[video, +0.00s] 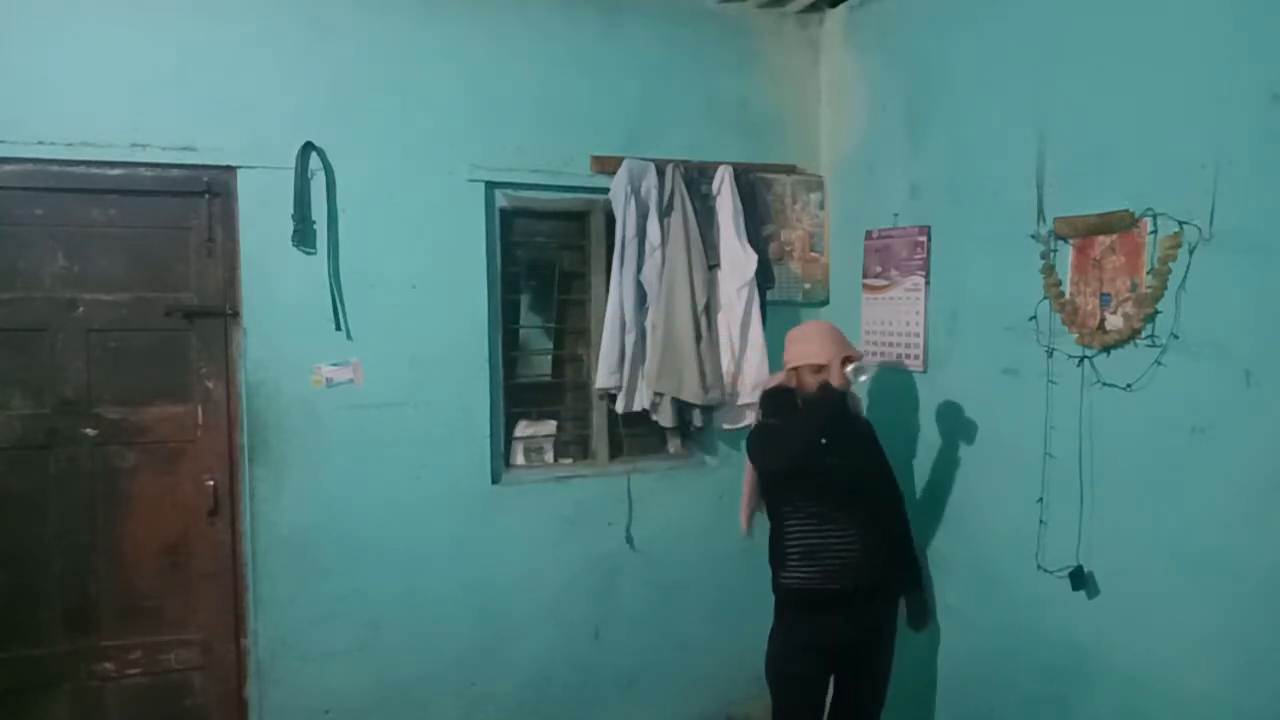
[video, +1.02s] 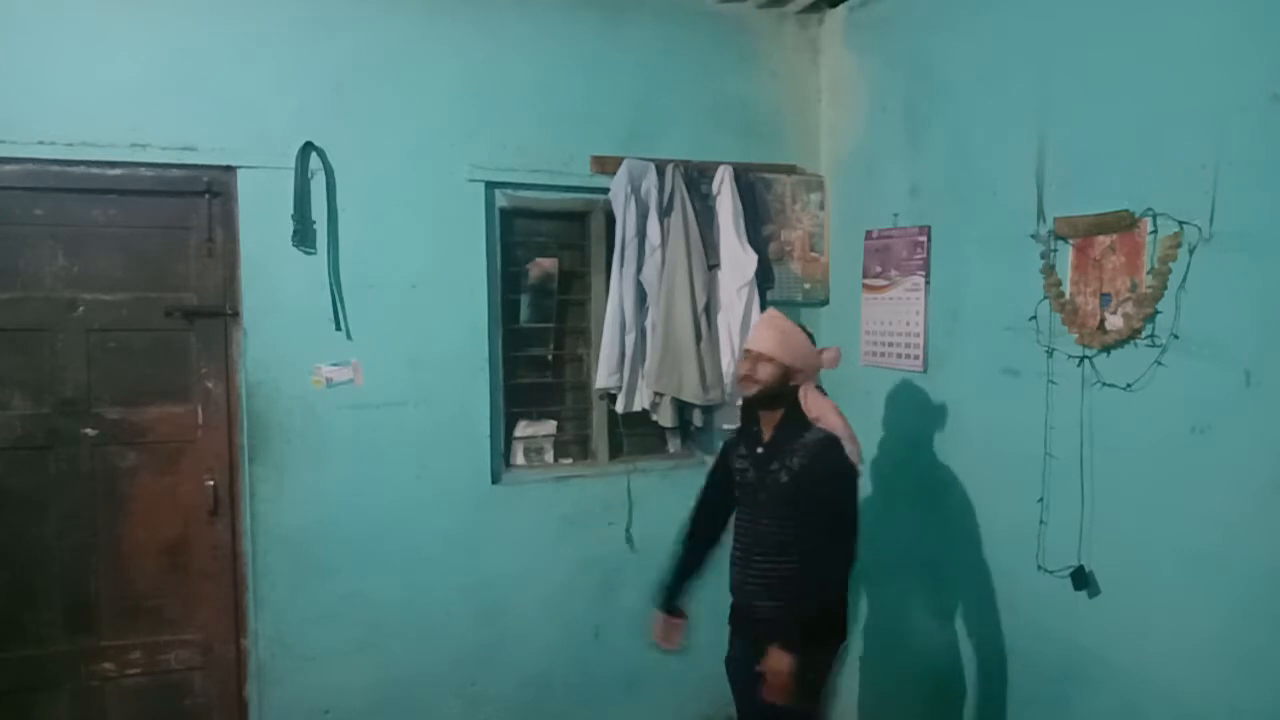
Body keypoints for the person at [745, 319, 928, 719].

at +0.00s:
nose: (834, 379)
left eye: (842, 367)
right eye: (819, 369)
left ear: (849, 369)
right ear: (792, 376)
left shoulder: (858, 429)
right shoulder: (770, 435)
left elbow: (892, 511)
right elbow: (781, 463)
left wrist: (914, 588)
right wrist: (831, 398)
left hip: (870, 610)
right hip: (802, 611)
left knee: (859, 711)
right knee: (796, 711)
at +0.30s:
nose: (832, 383)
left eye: (842, 374)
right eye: (820, 374)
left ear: (854, 377)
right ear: (796, 377)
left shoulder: (878, 434)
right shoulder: (779, 430)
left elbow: (924, 512)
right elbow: (728, 472)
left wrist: (941, 601)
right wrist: (771, 415)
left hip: (864, 602)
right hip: (790, 598)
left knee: (851, 711)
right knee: (775, 709)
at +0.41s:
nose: (825, 399)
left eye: (837, 389)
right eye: (814, 388)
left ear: (851, 386)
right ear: (792, 384)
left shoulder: (877, 440)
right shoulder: (775, 433)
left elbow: (923, 524)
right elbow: (716, 478)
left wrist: (946, 612)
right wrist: (745, 431)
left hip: (862, 606)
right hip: (788, 603)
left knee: (846, 712)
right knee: (780, 711)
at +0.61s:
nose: (805, 395)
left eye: (817, 384)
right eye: (793, 382)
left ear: (834, 382)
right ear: (775, 379)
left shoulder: (864, 445)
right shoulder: (761, 432)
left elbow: (909, 535)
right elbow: (689, 469)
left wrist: (921, 630)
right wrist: (686, 426)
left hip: (849, 616)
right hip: (774, 613)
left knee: (847, 711)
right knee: (765, 710)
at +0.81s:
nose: (763, 372)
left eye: (778, 364)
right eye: (762, 360)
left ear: (808, 377)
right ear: (756, 362)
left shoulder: (848, 447)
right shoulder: (745, 434)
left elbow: (892, 536)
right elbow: (677, 478)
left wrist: (860, 615)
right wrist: (639, 458)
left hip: (827, 629)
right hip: (758, 622)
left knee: (825, 713)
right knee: (760, 710)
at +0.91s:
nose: (756, 365)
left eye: (772, 358)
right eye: (755, 354)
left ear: (802, 375)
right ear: (747, 360)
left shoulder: (837, 448)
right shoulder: (741, 437)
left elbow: (872, 541)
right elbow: (691, 499)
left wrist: (822, 606)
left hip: (817, 634)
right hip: (753, 625)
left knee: (802, 710)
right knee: (754, 710)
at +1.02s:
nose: (745, 369)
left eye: (761, 360)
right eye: (745, 357)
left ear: (794, 374)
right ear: (738, 362)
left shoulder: (824, 453)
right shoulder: (741, 445)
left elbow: (829, 562)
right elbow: (707, 523)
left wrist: (792, 644)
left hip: (806, 631)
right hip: (749, 623)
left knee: (791, 711)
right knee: (750, 709)